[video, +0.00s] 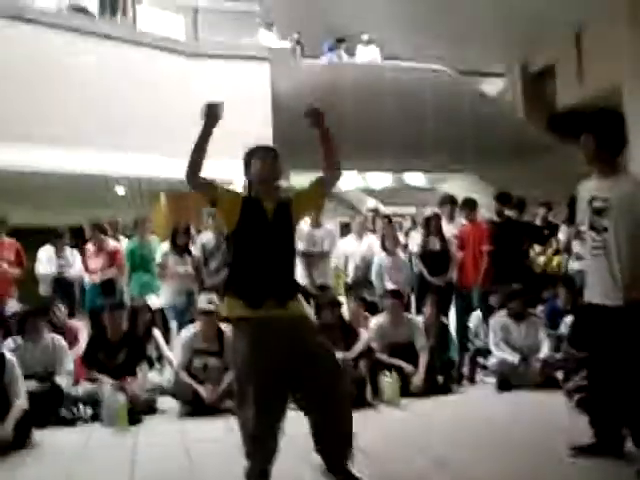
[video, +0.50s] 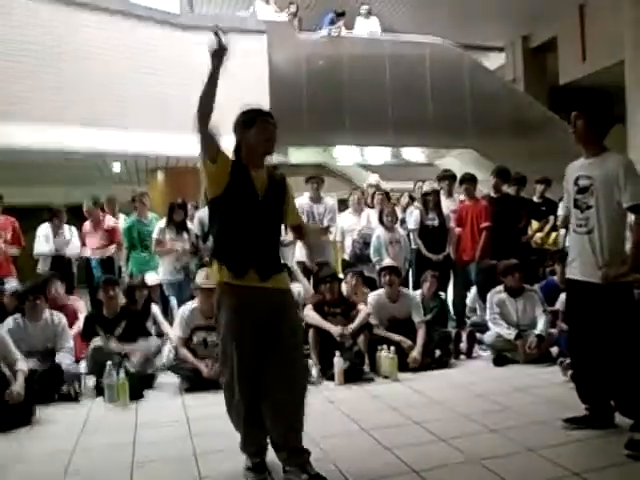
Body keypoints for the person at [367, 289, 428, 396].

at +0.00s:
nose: (392, 305)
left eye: (396, 300)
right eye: (389, 300)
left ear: (403, 304)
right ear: (384, 303)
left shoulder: (414, 323)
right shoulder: (377, 324)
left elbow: (423, 349)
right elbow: (376, 353)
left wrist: (420, 375)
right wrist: (402, 365)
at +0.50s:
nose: (388, 279)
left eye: (392, 275)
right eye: (384, 275)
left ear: (399, 279)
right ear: (380, 280)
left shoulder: (411, 297)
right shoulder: (374, 298)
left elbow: (421, 325)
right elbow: (375, 328)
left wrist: (417, 351)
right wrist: (400, 340)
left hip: (407, 326)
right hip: (386, 328)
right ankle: (374, 368)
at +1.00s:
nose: (387, 280)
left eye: (390, 276)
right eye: (383, 277)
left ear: (398, 279)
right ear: (379, 281)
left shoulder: (412, 299)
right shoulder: (374, 300)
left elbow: (421, 327)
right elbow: (375, 328)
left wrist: (418, 351)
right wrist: (401, 340)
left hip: (408, 329)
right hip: (386, 331)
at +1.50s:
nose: (387, 279)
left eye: (390, 275)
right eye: (383, 277)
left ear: (398, 278)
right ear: (379, 281)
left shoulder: (413, 298)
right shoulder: (374, 300)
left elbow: (422, 327)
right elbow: (375, 328)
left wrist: (418, 352)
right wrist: (401, 340)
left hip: (408, 331)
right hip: (386, 333)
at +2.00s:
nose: (388, 279)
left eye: (391, 274)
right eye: (384, 276)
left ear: (398, 277)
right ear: (379, 281)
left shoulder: (413, 298)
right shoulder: (374, 299)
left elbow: (422, 327)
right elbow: (375, 328)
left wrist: (418, 351)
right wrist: (401, 339)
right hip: (386, 334)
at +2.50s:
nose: (389, 278)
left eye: (392, 273)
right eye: (384, 275)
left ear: (400, 277)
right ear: (380, 281)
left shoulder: (413, 298)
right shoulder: (374, 299)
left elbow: (422, 326)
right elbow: (375, 328)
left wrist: (418, 351)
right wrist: (401, 340)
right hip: (386, 332)